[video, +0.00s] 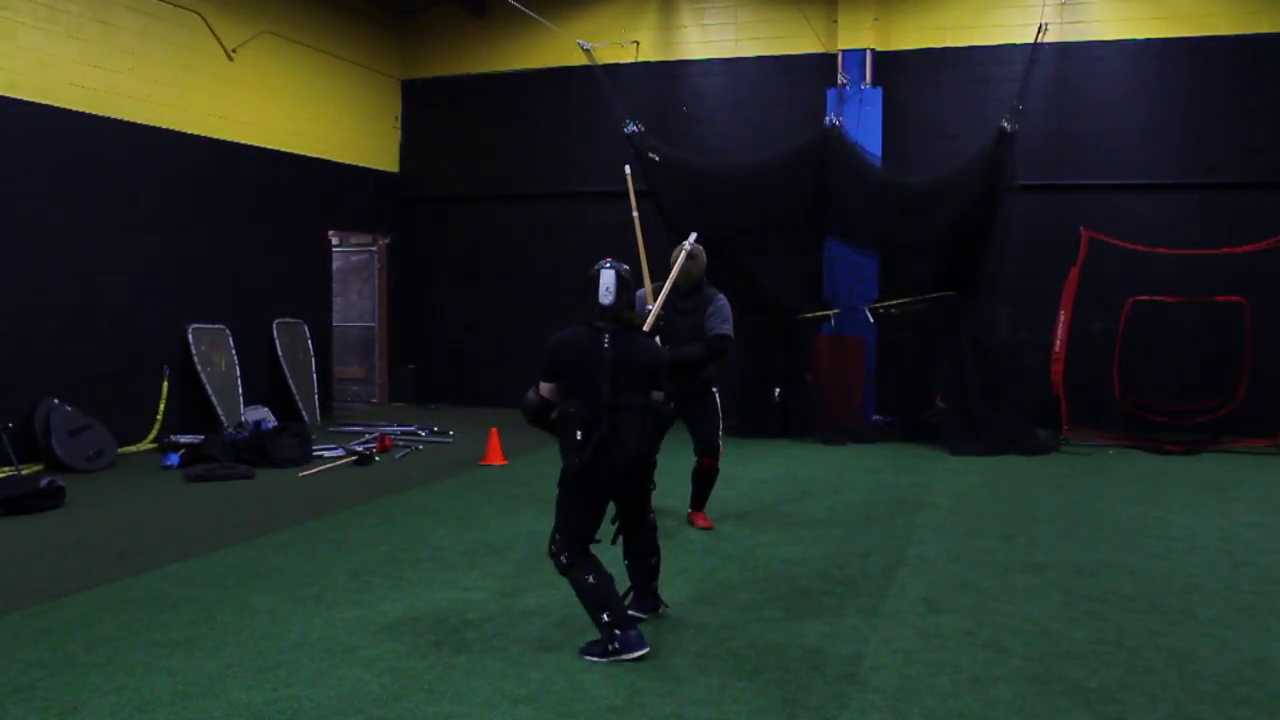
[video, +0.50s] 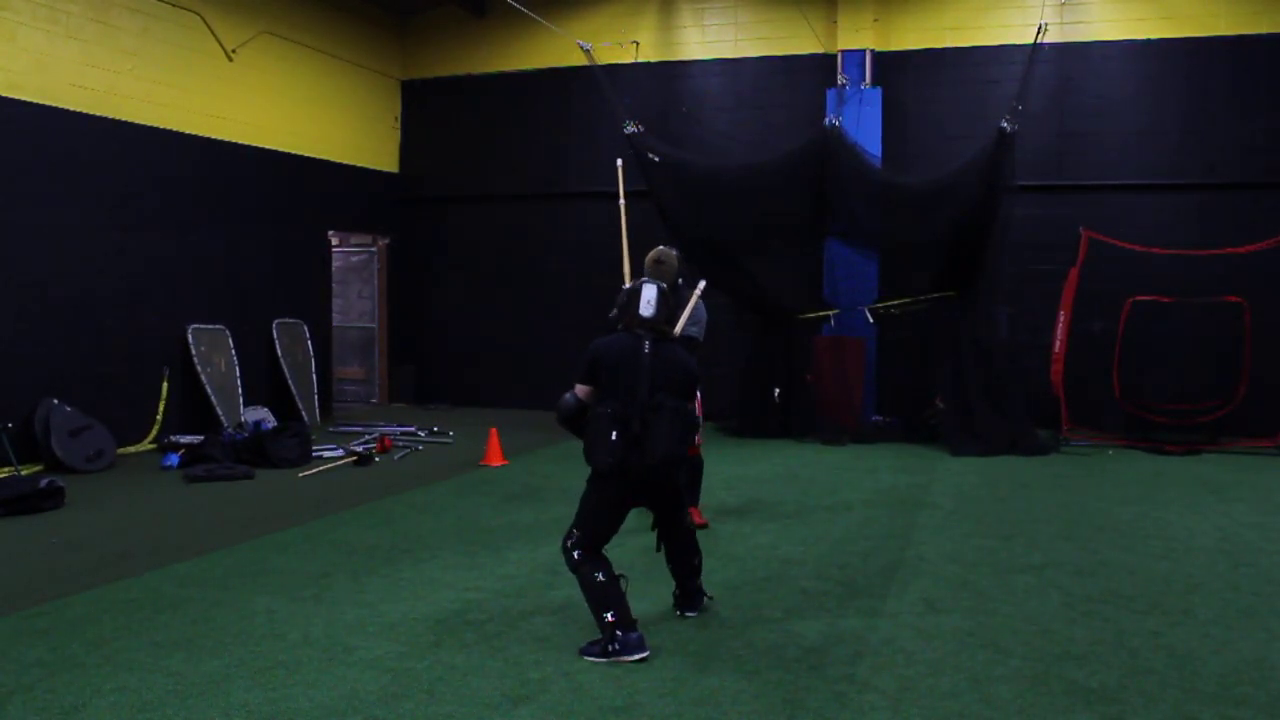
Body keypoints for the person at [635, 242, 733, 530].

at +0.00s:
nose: (683, 271)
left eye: (690, 266)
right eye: (679, 265)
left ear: (702, 270)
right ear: (671, 266)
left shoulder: (715, 302)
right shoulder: (650, 298)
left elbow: (720, 343)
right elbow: (634, 338)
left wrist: (675, 357)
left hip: (699, 386)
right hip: (659, 386)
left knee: (710, 450)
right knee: (642, 447)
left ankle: (697, 509)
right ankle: (639, 506)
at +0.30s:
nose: (665, 286)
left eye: (671, 280)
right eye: (661, 280)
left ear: (681, 282)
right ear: (652, 283)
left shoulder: (696, 312)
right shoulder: (644, 308)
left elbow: (688, 355)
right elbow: (627, 350)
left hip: (688, 392)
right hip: (650, 391)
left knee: (698, 447)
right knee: (643, 446)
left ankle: (696, 509)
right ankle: (635, 494)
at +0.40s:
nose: (659, 276)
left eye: (665, 270)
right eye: (655, 270)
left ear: (678, 276)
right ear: (648, 275)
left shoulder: (694, 307)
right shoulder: (642, 302)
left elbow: (683, 354)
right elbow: (629, 339)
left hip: (685, 386)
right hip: (646, 386)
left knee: (694, 445)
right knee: (649, 447)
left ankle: (696, 508)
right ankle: (653, 507)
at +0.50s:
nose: (659, 277)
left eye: (664, 272)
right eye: (655, 272)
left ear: (674, 274)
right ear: (650, 273)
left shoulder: (691, 302)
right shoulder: (633, 295)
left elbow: (690, 341)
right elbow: (616, 329)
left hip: (682, 382)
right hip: (643, 380)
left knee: (689, 441)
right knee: (643, 439)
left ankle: (691, 504)